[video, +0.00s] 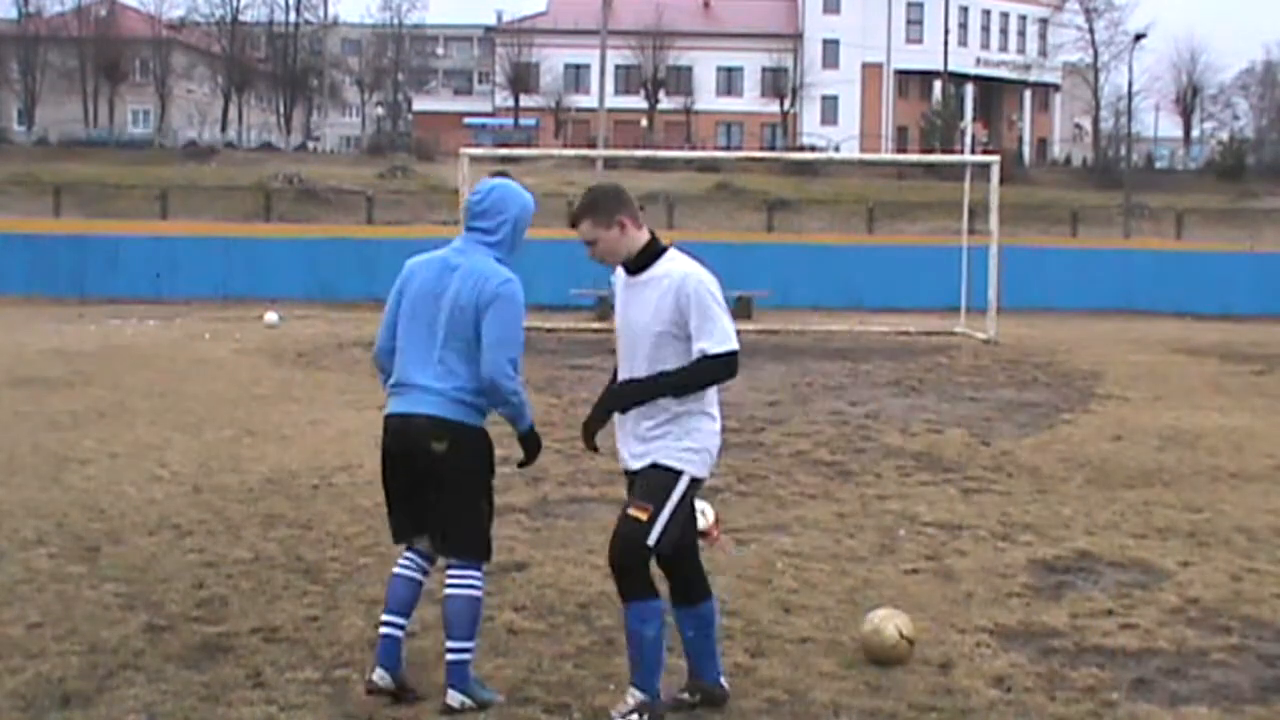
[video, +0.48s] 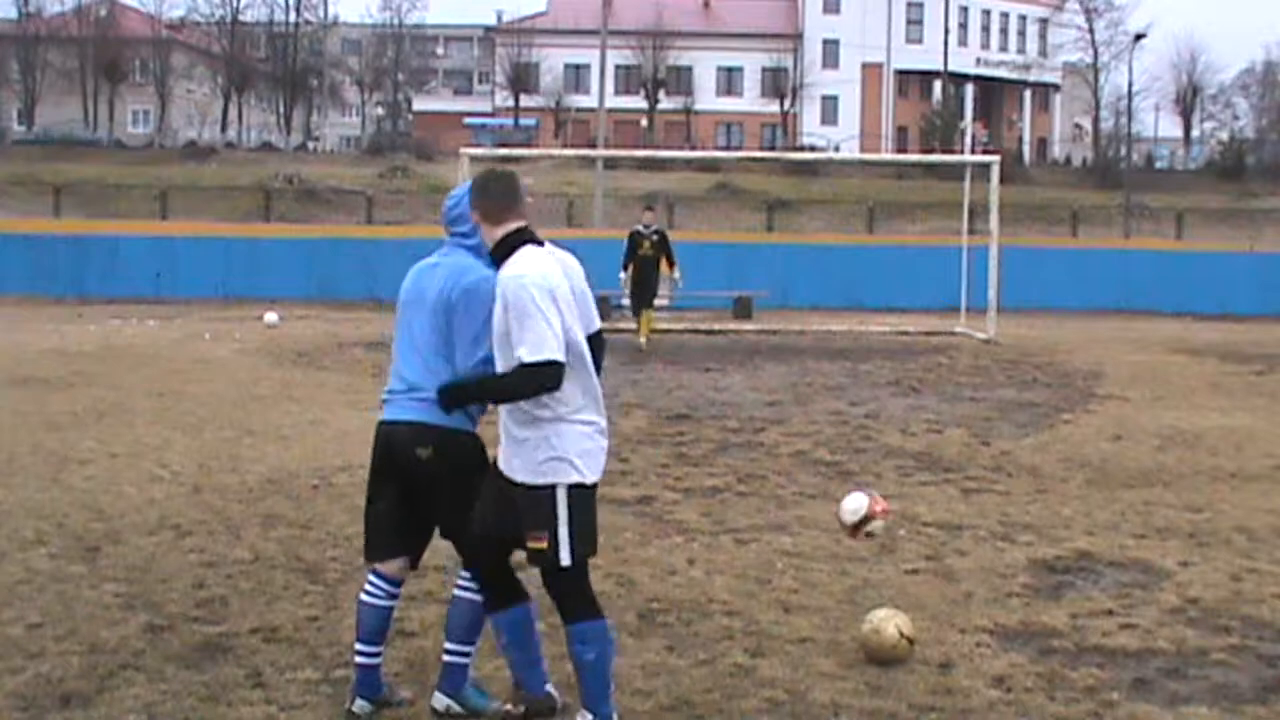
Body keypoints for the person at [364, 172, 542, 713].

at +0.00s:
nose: (525, 236)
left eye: (526, 227)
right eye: (524, 227)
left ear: (471, 217)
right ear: (510, 228)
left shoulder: (417, 266)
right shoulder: (501, 284)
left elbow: (384, 350)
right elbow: (496, 375)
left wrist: (408, 396)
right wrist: (525, 426)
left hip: (400, 426)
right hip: (458, 432)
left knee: (417, 544)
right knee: (465, 557)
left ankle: (385, 666)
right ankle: (459, 682)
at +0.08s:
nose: (519, 239)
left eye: (521, 229)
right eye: (518, 228)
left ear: (465, 216)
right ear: (502, 227)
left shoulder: (411, 268)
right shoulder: (493, 282)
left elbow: (381, 355)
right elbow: (489, 373)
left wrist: (411, 394)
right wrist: (520, 420)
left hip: (397, 428)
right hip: (456, 435)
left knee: (405, 550)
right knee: (463, 557)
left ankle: (371, 674)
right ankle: (459, 681)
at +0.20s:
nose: (511, 240)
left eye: (513, 229)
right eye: (509, 229)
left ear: (457, 221)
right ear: (491, 229)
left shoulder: (405, 273)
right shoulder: (478, 283)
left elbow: (379, 359)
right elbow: (472, 368)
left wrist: (411, 399)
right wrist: (511, 412)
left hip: (388, 429)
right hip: (447, 435)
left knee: (389, 555)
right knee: (464, 558)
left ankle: (367, 683)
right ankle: (459, 683)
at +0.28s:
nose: (506, 237)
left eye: (506, 226)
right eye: (503, 227)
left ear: (453, 223)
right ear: (484, 228)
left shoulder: (404, 274)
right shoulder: (471, 283)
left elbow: (379, 360)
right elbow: (463, 363)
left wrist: (413, 402)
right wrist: (508, 406)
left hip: (386, 431)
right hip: (443, 437)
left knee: (386, 556)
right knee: (466, 557)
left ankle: (366, 684)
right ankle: (459, 682)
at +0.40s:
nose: (502, 239)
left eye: (501, 228)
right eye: (498, 228)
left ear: (449, 225)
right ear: (482, 228)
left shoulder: (408, 274)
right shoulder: (471, 279)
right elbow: (459, 359)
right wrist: (511, 384)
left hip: (389, 429)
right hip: (443, 434)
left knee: (388, 559)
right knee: (473, 556)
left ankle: (365, 683)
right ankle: (454, 679)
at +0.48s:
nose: (500, 233)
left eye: (497, 222)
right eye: (496, 225)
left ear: (451, 222)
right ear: (483, 225)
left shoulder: (418, 272)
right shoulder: (478, 280)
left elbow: (414, 350)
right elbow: (475, 366)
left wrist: (468, 386)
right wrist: (494, 393)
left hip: (393, 429)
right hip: (446, 436)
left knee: (390, 559)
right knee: (484, 555)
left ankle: (366, 684)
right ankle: (454, 682)